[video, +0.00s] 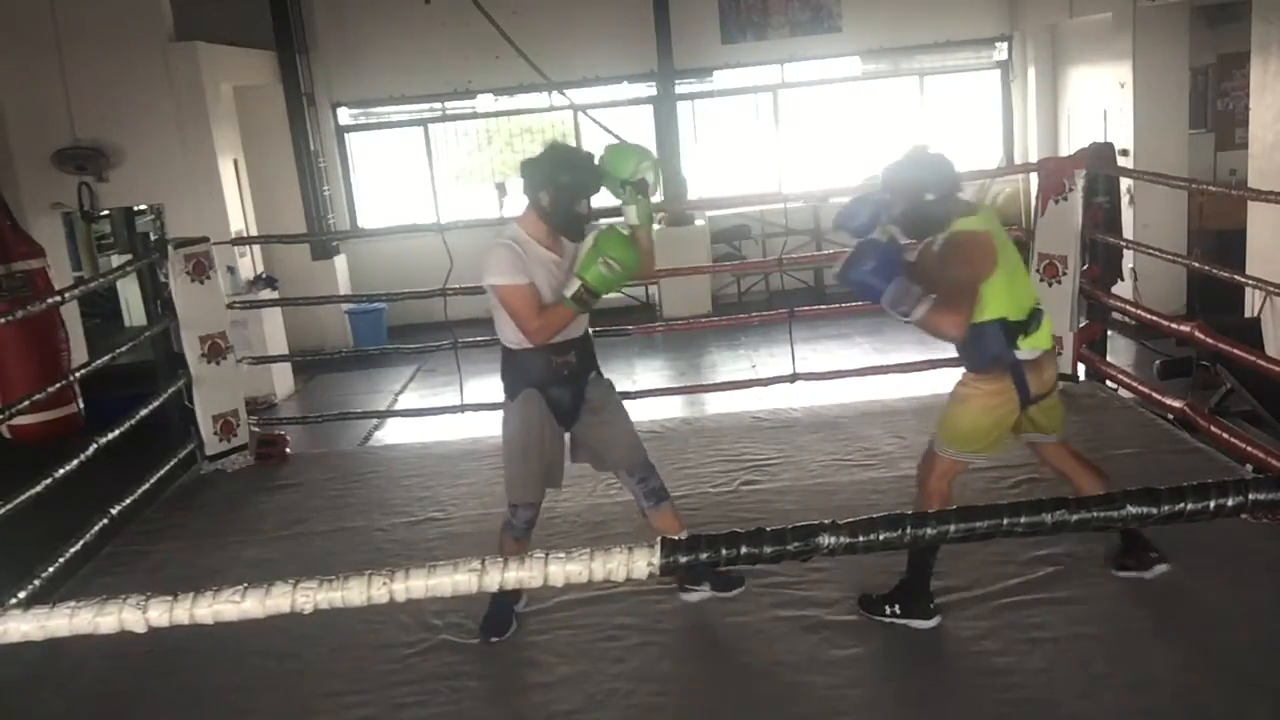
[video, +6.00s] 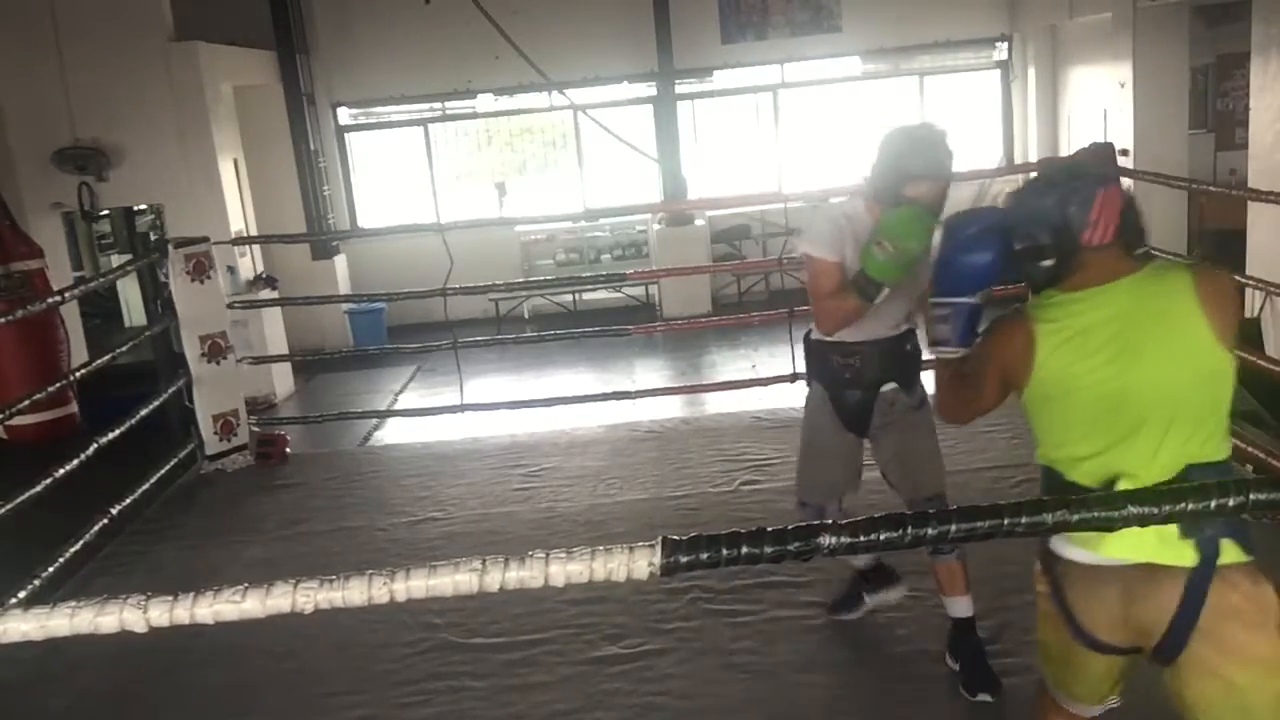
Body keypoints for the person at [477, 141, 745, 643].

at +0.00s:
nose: (589, 208)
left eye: (591, 196)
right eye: (580, 197)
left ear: (569, 197)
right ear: (548, 196)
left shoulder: (575, 243)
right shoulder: (505, 255)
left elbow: (641, 266)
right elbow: (536, 329)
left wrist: (638, 204)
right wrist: (589, 288)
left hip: (585, 379)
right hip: (531, 388)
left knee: (639, 469)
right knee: (523, 507)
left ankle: (689, 566)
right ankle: (507, 593)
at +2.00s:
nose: (774, 255)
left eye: (775, 244)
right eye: (767, 245)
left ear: (752, 247)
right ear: (734, 246)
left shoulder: (759, 283)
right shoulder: (676, 296)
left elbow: (791, 318)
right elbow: (703, 377)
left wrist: (824, 324)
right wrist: (757, 334)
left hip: (748, 403)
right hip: (689, 414)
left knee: (820, 475)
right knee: (652, 513)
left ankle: (884, 560)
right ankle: (614, 599)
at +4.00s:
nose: (824, 200)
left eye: (824, 189)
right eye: (814, 191)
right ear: (780, 193)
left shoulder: (808, 241)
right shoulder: (736, 255)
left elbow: (814, 307)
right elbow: (769, 336)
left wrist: (851, 331)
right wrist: (827, 298)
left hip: (813, 377)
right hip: (756, 388)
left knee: (869, 474)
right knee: (725, 494)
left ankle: (924, 572)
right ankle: (688, 564)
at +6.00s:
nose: (924, 215)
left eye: (934, 203)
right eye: (916, 202)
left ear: (942, 193)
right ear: (886, 189)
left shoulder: (928, 236)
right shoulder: (832, 226)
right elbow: (826, 319)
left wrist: (962, 279)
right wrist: (874, 278)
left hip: (898, 379)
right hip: (833, 380)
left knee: (934, 508)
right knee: (817, 505)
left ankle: (965, 640)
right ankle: (874, 572)